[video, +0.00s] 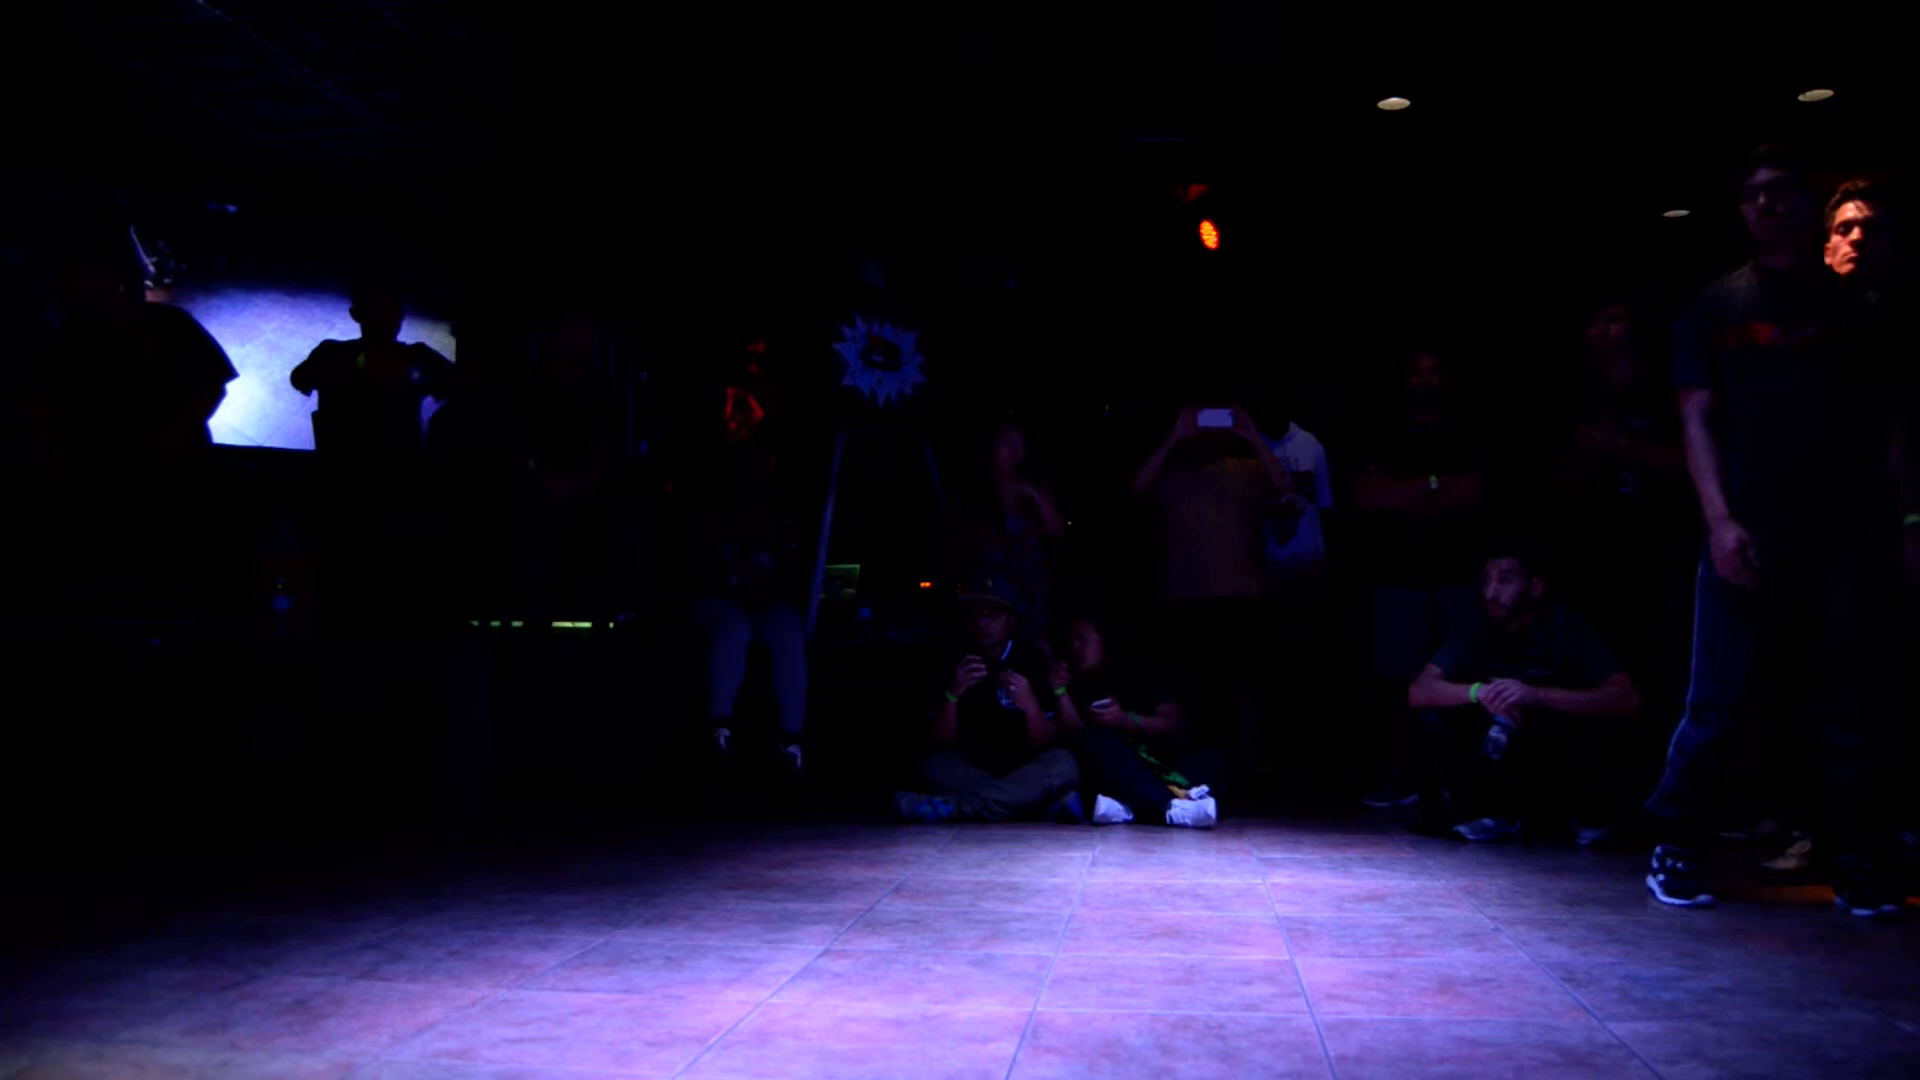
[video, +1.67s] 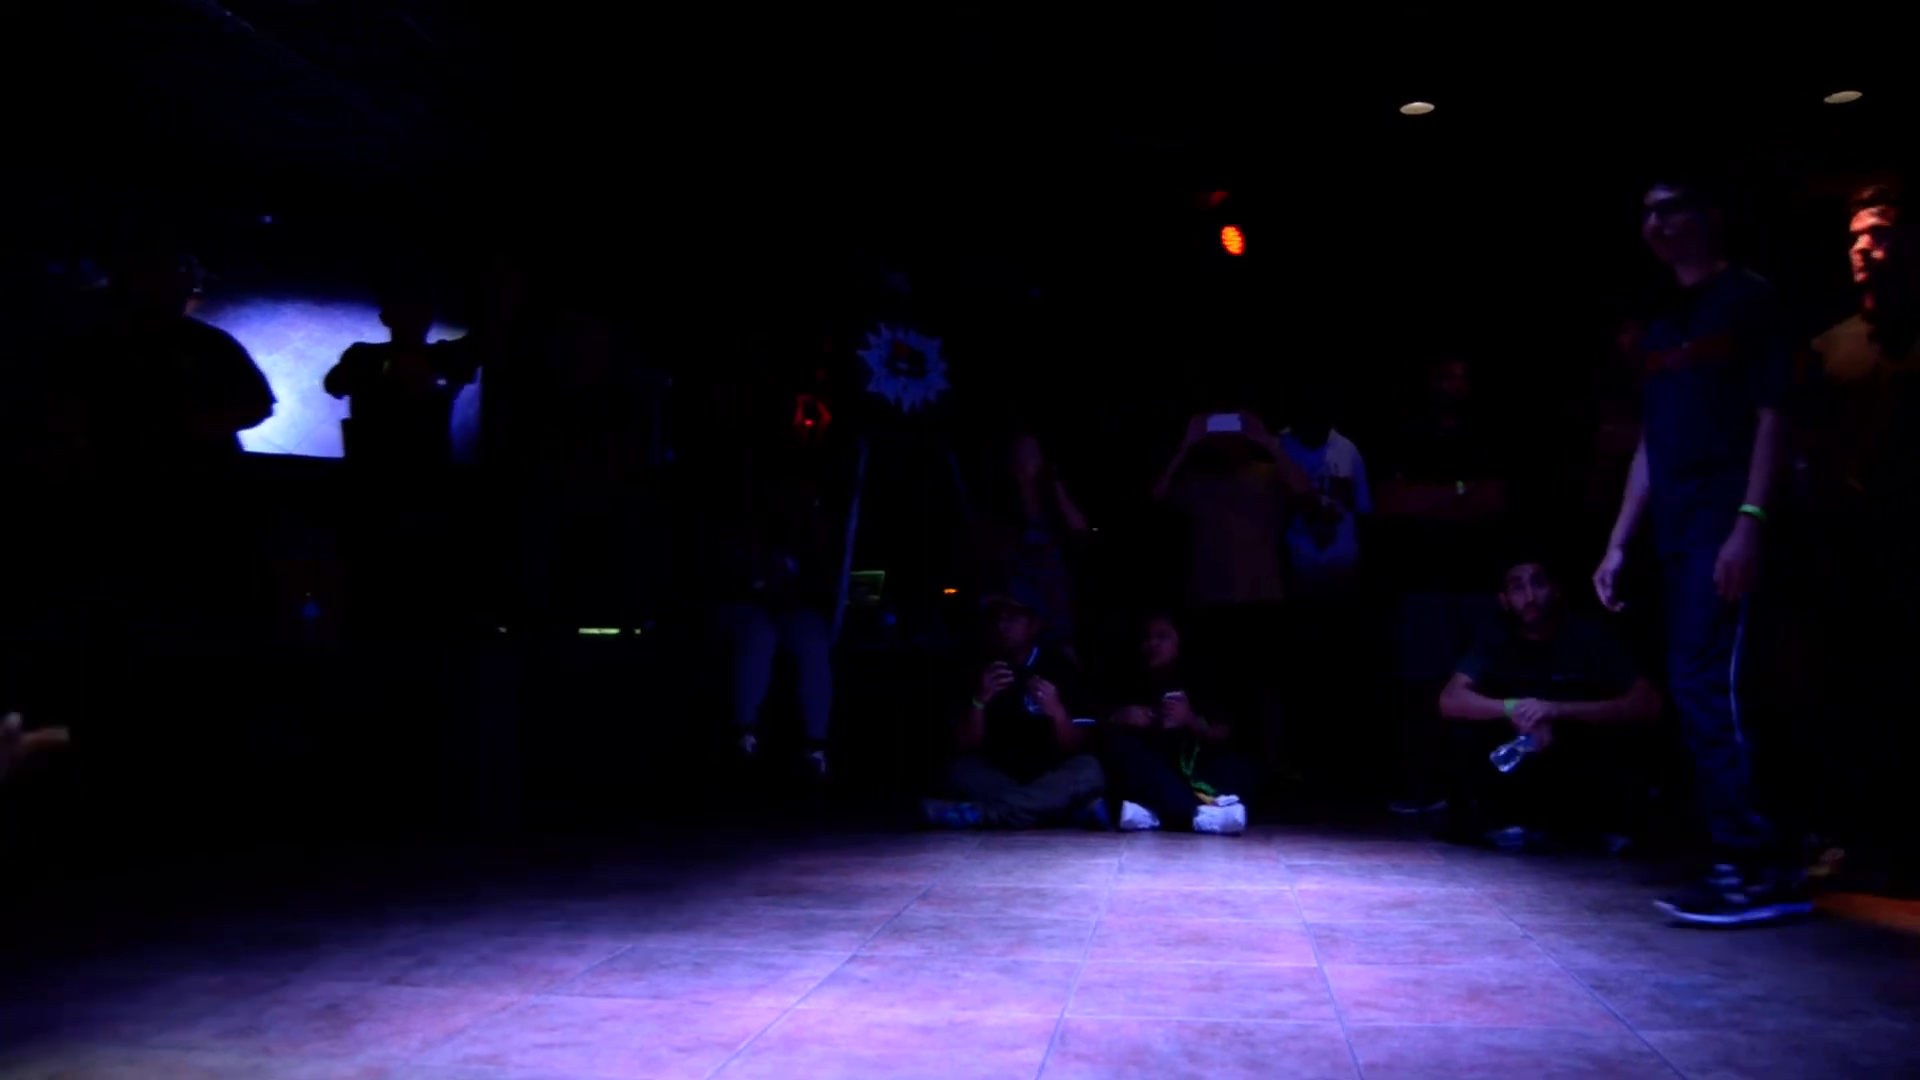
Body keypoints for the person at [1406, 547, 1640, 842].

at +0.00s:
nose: (1491, 592)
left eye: (1505, 581)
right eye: (1488, 581)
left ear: (1534, 587)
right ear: (1482, 584)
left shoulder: (1565, 631)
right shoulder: (1480, 630)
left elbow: (1623, 697)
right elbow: (1419, 692)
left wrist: (1535, 695)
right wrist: (1480, 693)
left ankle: (1590, 818)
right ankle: (1498, 816)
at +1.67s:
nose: (1530, 597)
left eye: (1538, 584)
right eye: (1518, 588)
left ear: (1554, 590)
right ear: (1505, 599)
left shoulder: (1588, 639)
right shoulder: (1497, 640)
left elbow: (1645, 702)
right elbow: (1451, 700)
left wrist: (1557, 709)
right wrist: (1518, 712)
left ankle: (1612, 826)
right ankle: (1510, 822)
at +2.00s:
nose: (1563, 597)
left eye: (1572, 584)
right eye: (1551, 588)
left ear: (1589, 589)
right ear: (1538, 598)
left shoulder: (1618, 639)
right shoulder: (1529, 639)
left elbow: (1652, 704)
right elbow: (1484, 699)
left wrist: (1592, 701)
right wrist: (1550, 705)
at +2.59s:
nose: (1572, 595)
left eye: (1577, 584)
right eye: (1562, 586)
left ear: (1592, 581)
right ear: (1549, 587)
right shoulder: (1553, 631)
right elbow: (1506, 692)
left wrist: (1607, 663)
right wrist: (1564, 707)